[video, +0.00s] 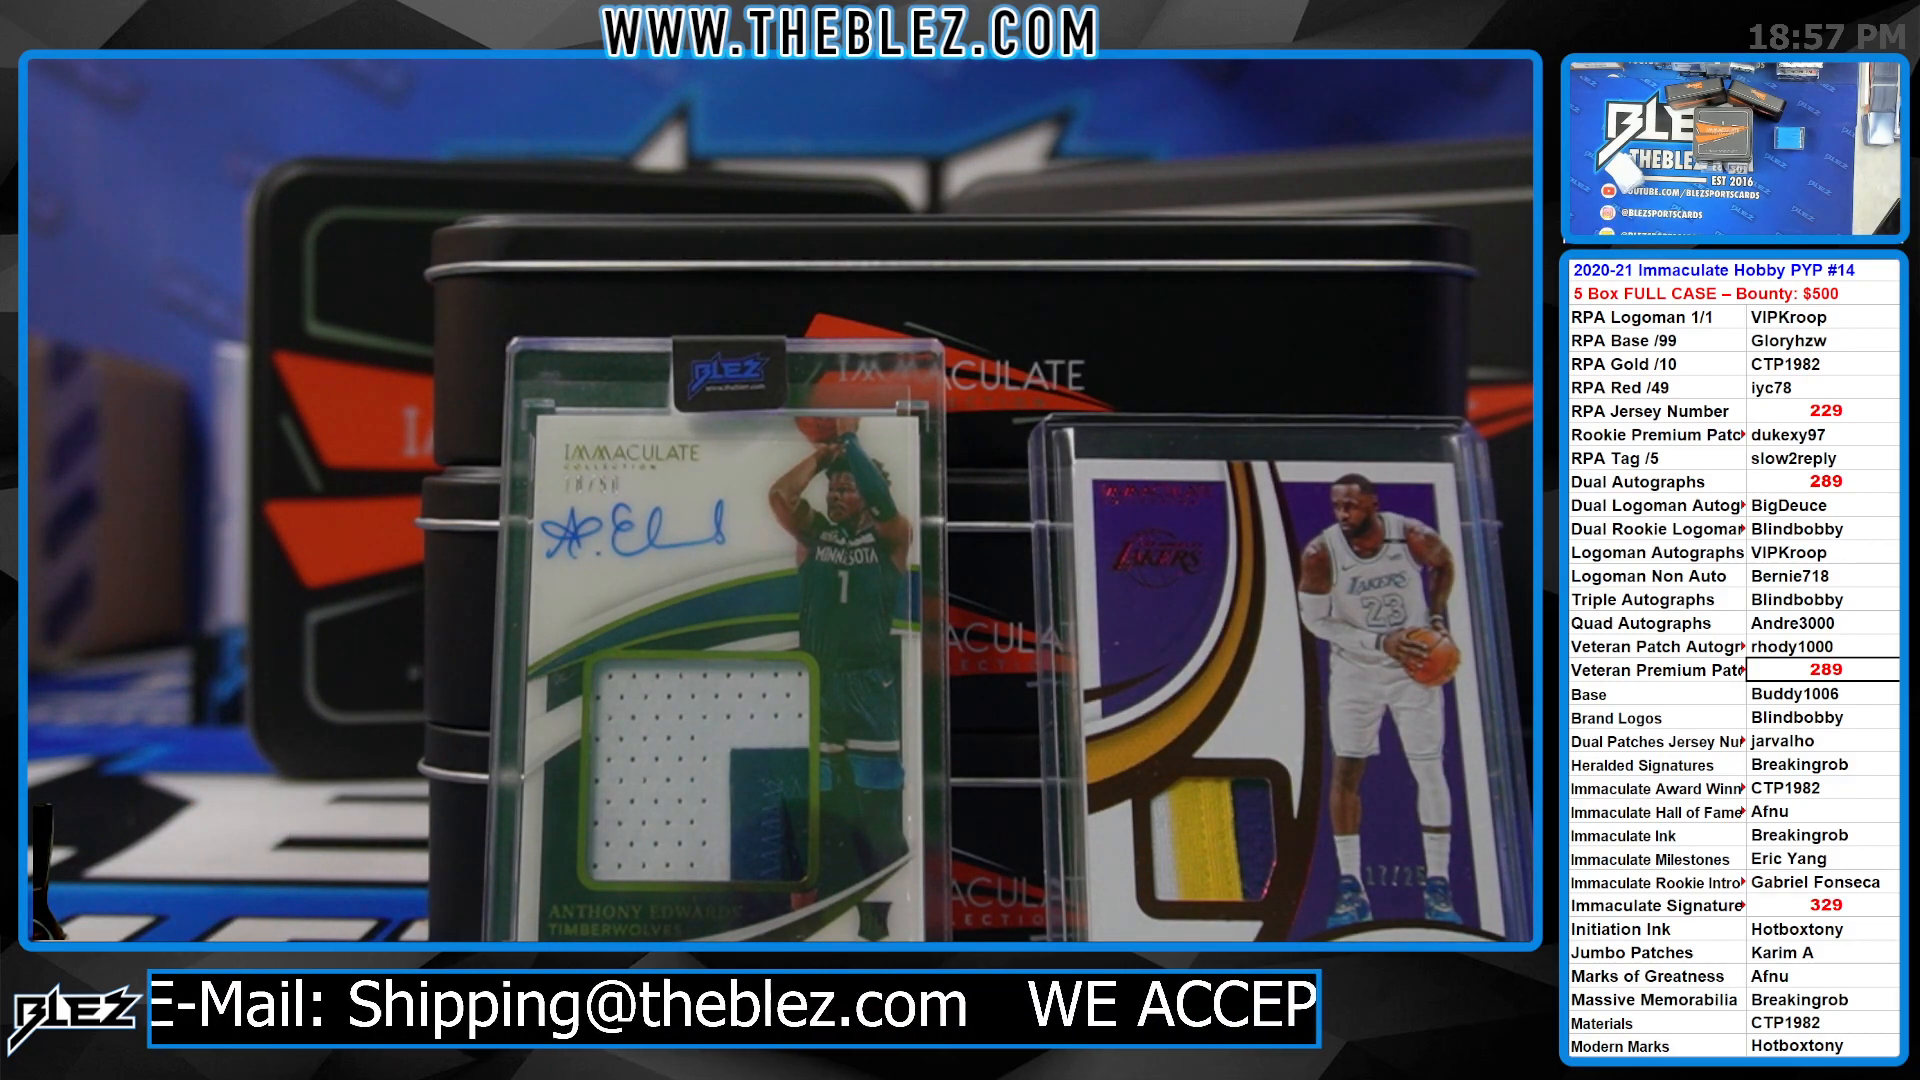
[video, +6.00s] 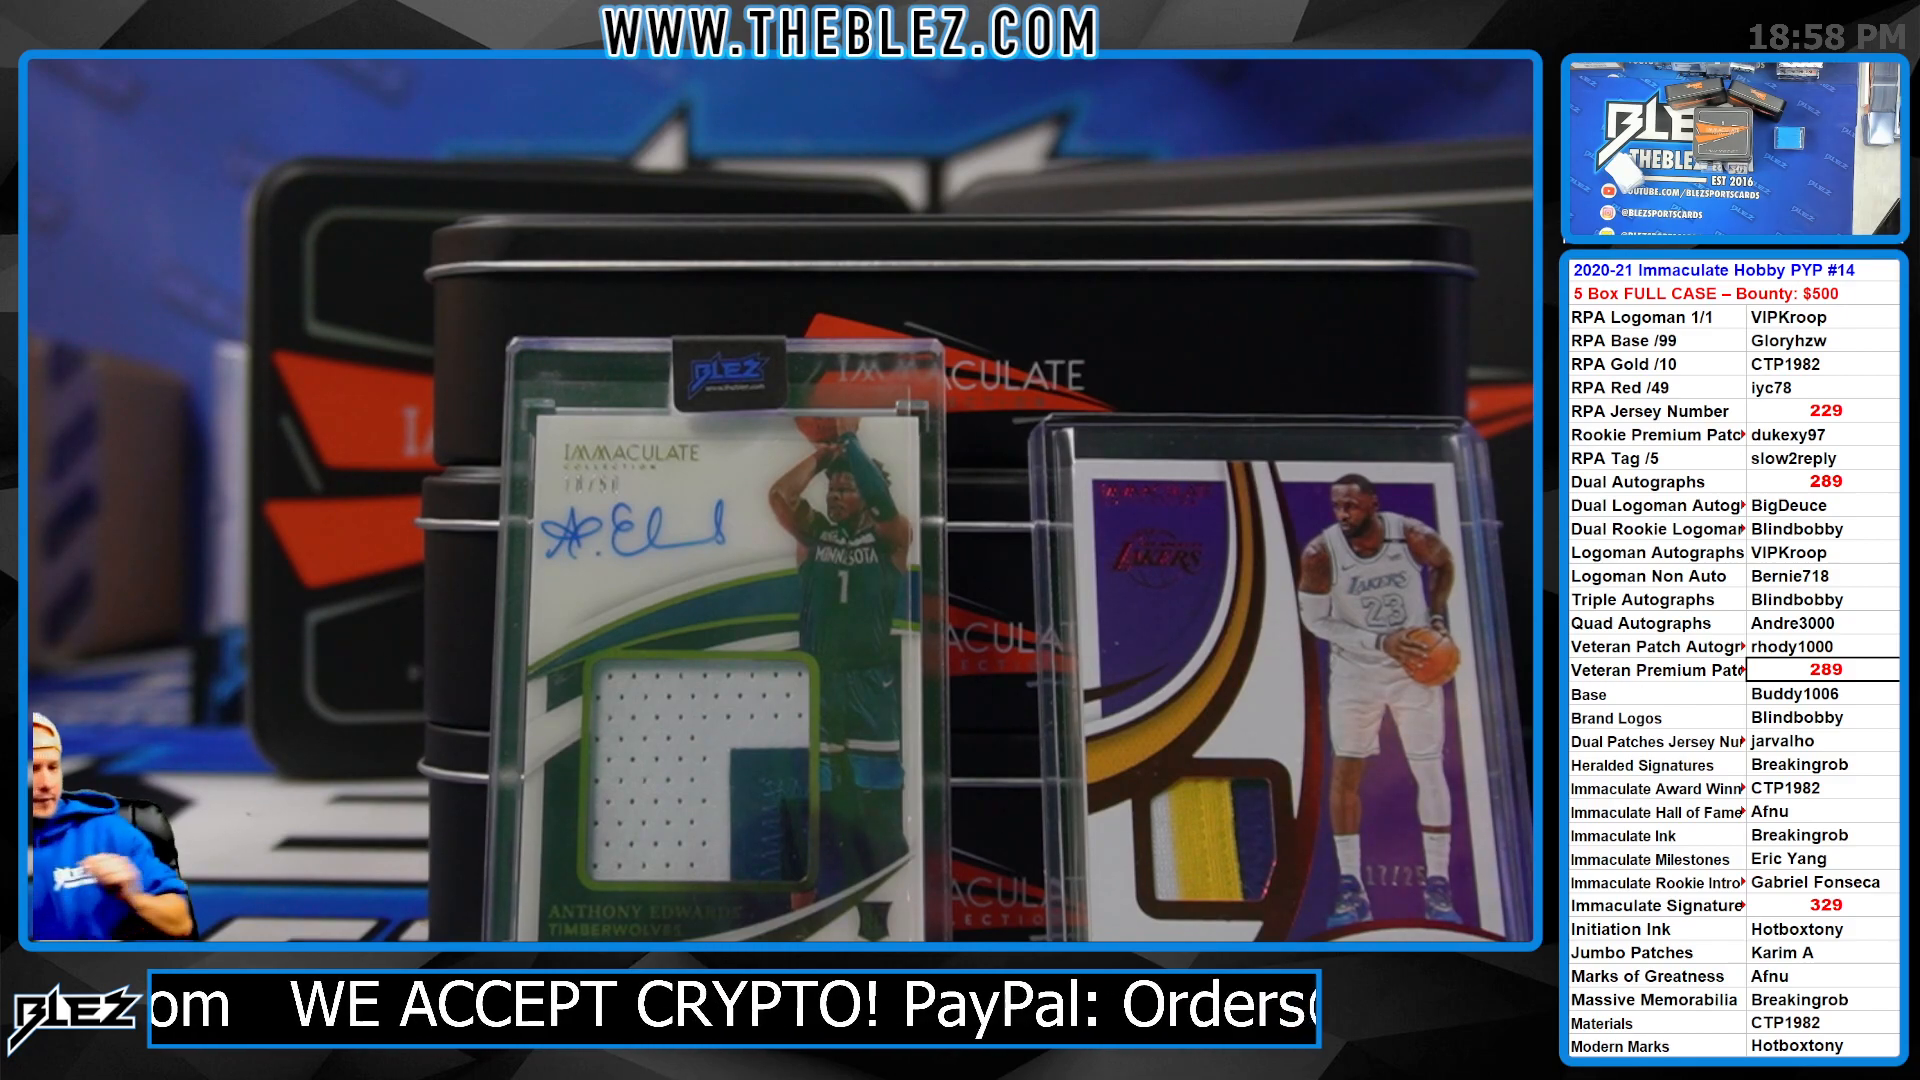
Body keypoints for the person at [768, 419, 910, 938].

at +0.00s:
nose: (841, 494)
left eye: (850, 487)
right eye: (835, 486)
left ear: (869, 494)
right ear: (827, 493)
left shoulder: (890, 539)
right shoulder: (815, 533)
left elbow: (883, 500)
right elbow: (780, 495)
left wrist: (850, 445)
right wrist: (819, 458)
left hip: (872, 678)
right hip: (817, 677)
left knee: (877, 799)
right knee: (824, 795)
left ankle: (878, 903)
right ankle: (824, 894)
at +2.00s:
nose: (835, 496)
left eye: (844, 489)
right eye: (830, 489)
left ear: (863, 495)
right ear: (822, 496)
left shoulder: (884, 539)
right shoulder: (810, 532)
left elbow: (875, 497)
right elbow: (776, 496)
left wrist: (844, 445)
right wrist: (815, 459)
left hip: (865, 678)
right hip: (813, 677)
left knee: (873, 794)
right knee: (818, 793)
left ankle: (871, 893)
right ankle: (818, 886)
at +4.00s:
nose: (835, 497)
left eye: (844, 490)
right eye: (830, 490)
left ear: (862, 495)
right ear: (822, 495)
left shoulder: (883, 539)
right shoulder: (810, 532)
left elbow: (876, 497)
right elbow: (776, 496)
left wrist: (844, 445)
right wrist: (814, 460)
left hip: (866, 677)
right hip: (813, 676)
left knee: (872, 795)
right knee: (819, 793)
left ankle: (871, 897)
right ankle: (821, 889)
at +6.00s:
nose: (841, 494)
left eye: (850, 488)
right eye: (835, 487)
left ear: (868, 494)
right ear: (826, 493)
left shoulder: (890, 539)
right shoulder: (815, 533)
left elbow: (885, 505)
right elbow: (780, 495)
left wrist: (851, 448)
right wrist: (819, 458)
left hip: (872, 677)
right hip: (819, 676)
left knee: (878, 798)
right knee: (827, 795)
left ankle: (877, 902)